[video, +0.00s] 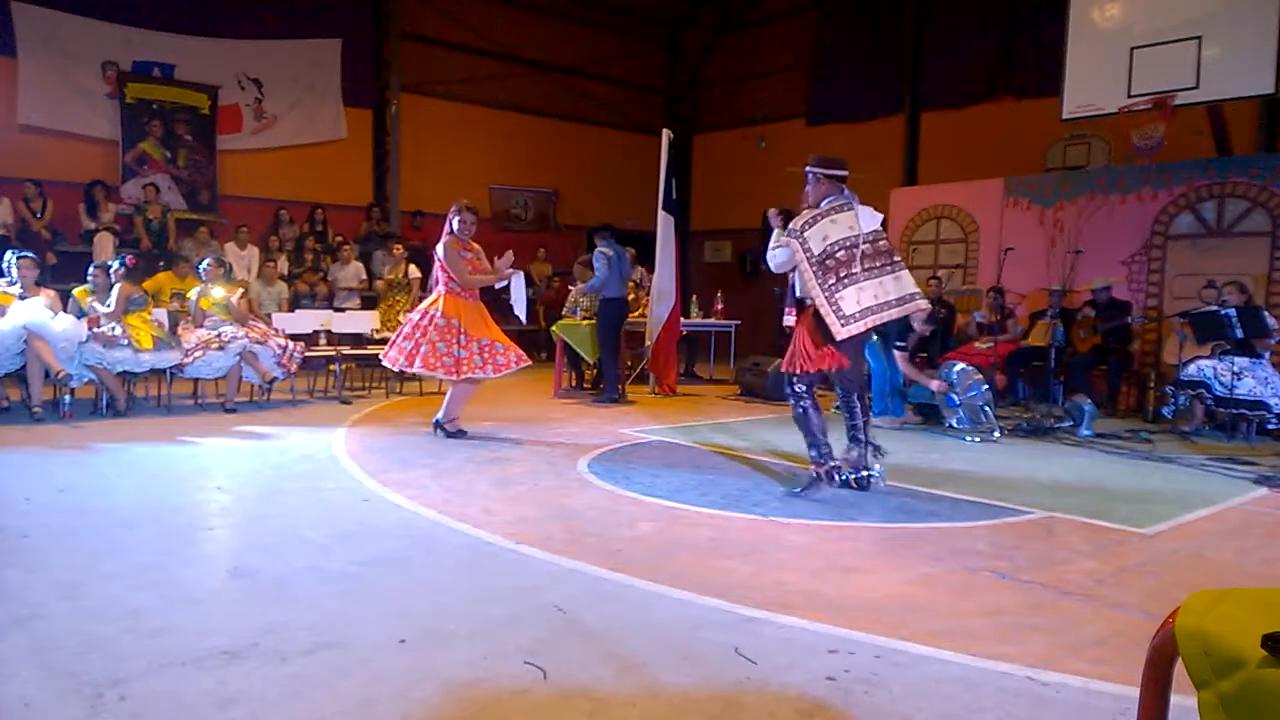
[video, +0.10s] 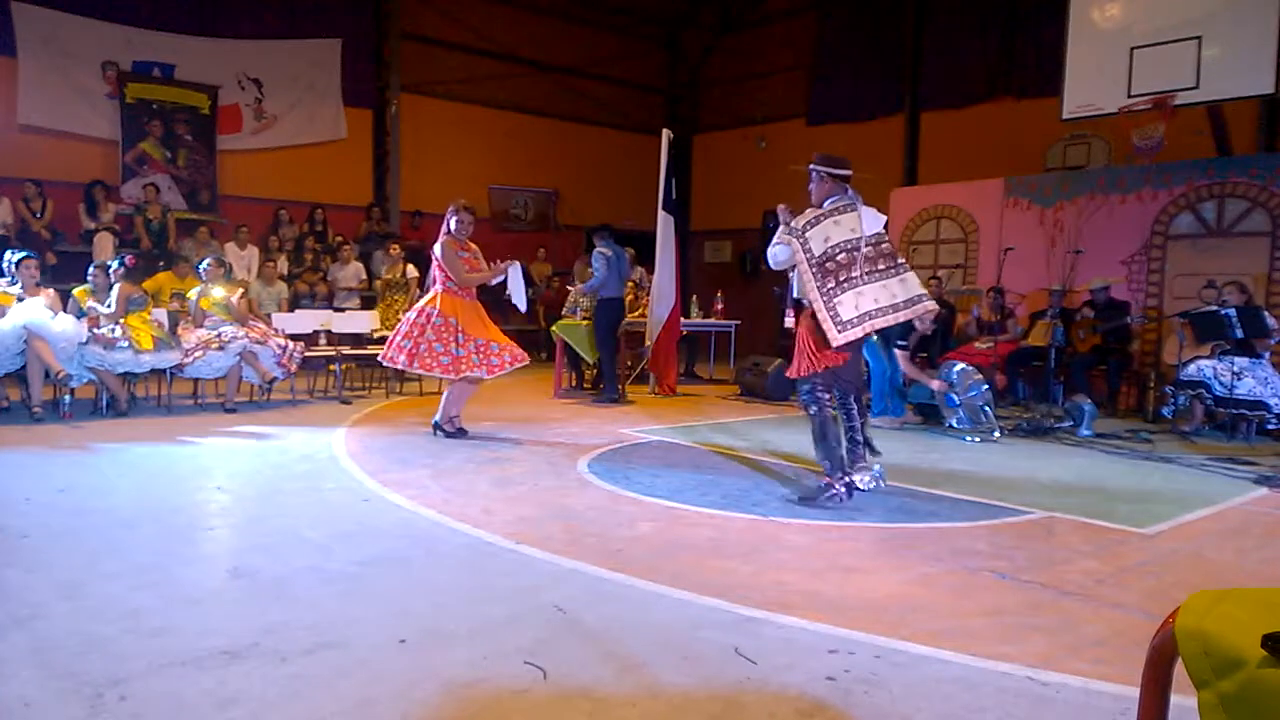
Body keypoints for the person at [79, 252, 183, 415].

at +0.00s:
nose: (111, 272)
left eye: (114, 269)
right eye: (112, 269)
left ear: (121, 271)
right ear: (126, 271)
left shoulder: (122, 287)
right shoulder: (135, 287)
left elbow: (115, 314)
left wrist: (95, 310)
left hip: (136, 336)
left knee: (89, 351)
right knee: (88, 349)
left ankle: (120, 396)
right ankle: (119, 394)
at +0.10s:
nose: (111, 273)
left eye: (113, 270)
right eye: (111, 270)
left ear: (121, 271)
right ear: (126, 271)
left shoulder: (121, 287)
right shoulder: (136, 287)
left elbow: (118, 314)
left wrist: (98, 312)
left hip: (134, 335)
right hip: (144, 332)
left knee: (90, 354)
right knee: (90, 351)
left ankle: (122, 396)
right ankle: (121, 394)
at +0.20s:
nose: (109, 274)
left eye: (111, 270)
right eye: (109, 270)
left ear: (118, 271)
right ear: (125, 271)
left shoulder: (120, 287)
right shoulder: (135, 286)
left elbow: (116, 315)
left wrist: (96, 309)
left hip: (135, 335)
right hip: (146, 332)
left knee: (90, 356)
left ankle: (124, 397)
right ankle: (123, 395)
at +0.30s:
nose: (107, 273)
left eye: (110, 269)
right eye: (107, 269)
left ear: (118, 270)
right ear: (127, 270)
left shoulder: (119, 287)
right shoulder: (136, 286)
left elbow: (114, 316)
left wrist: (95, 307)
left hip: (134, 337)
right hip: (146, 333)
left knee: (88, 357)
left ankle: (125, 397)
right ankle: (124, 395)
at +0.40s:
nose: (106, 275)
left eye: (108, 270)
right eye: (106, 271)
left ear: (117, 270)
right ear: (124, 270)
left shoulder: (118, 287)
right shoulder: (137, 286)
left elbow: (114, 317)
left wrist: (96, 312)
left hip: (132, 336)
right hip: (146, 332)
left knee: (89, 358)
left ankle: (125, 397)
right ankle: (123, 396)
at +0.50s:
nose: (105, 275)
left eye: (107, 271)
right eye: (105, 271)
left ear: (116, 270)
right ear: (124, 270)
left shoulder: (117, 288)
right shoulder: (136, 286)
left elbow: (113, 318)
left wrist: (96, 322)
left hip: (131, 336)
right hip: (146, 332)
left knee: (90, 358)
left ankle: (125, 397)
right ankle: (124, 395)